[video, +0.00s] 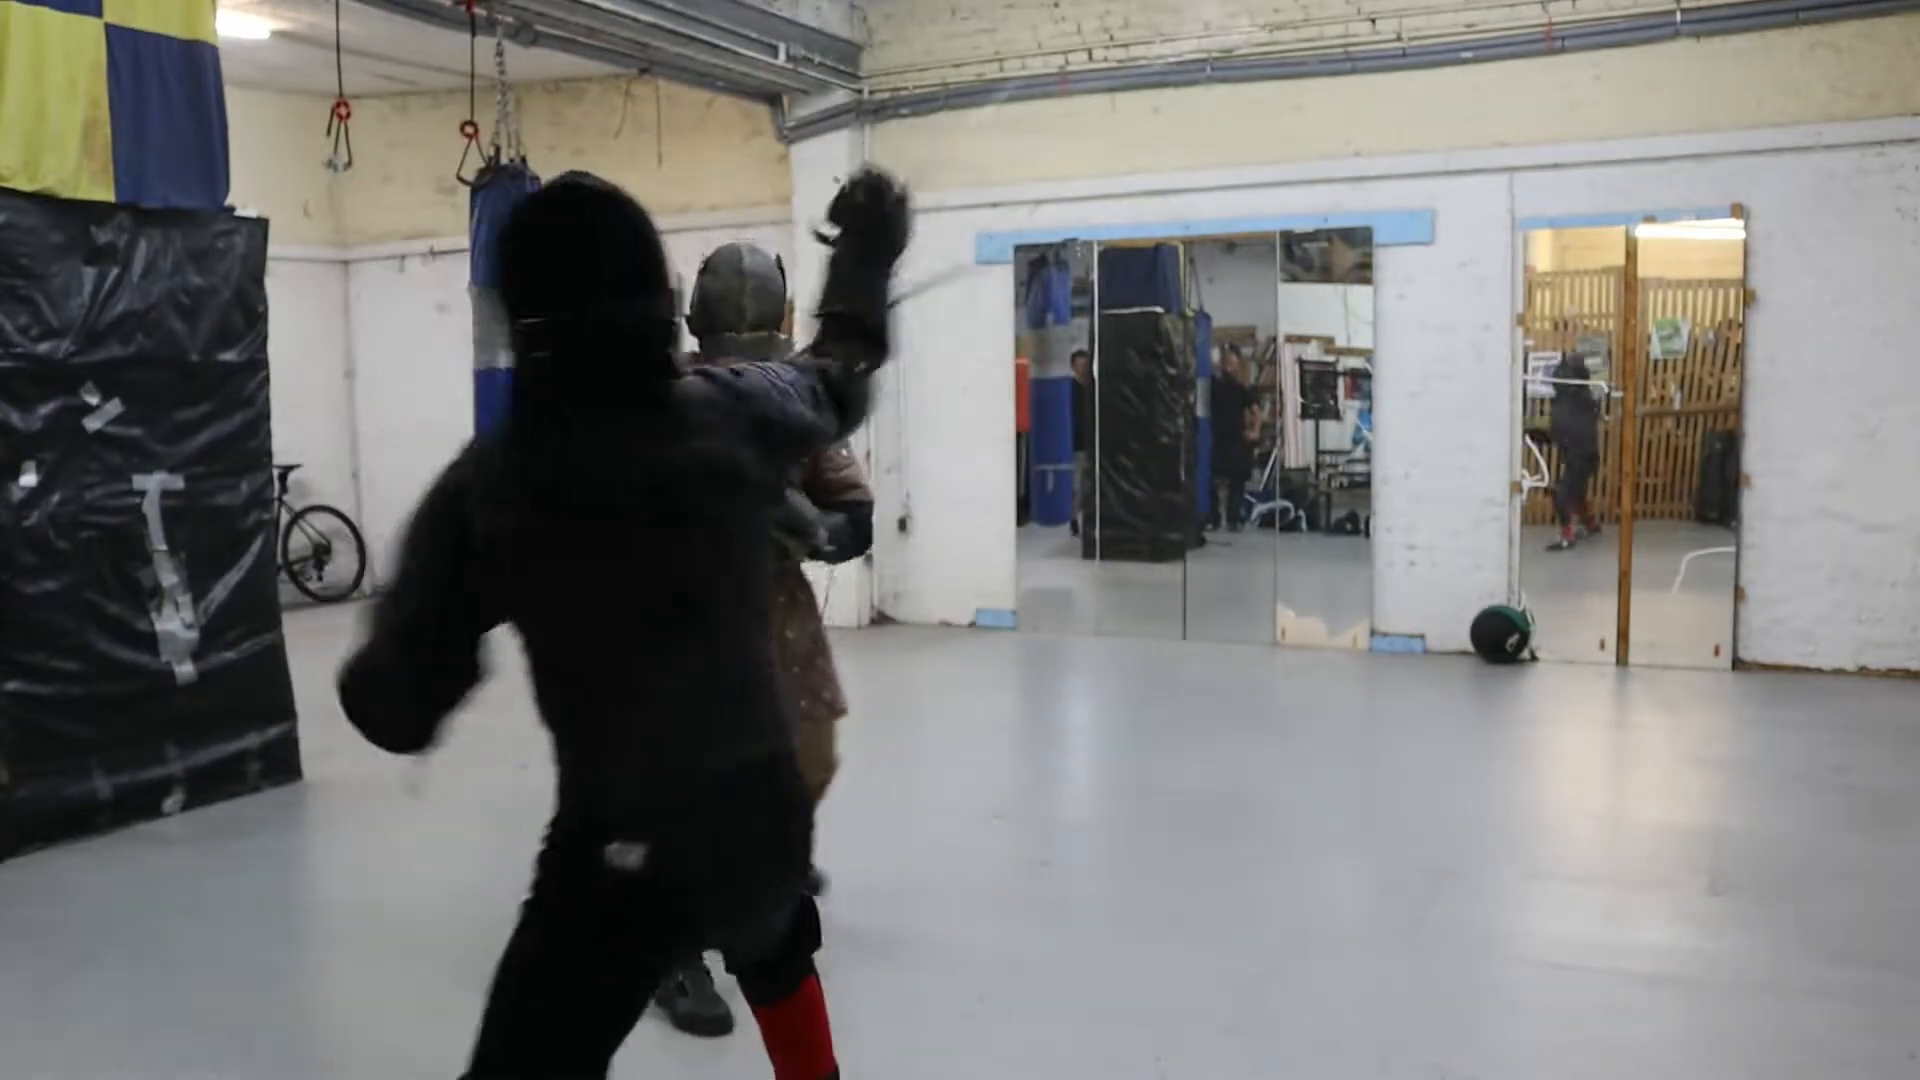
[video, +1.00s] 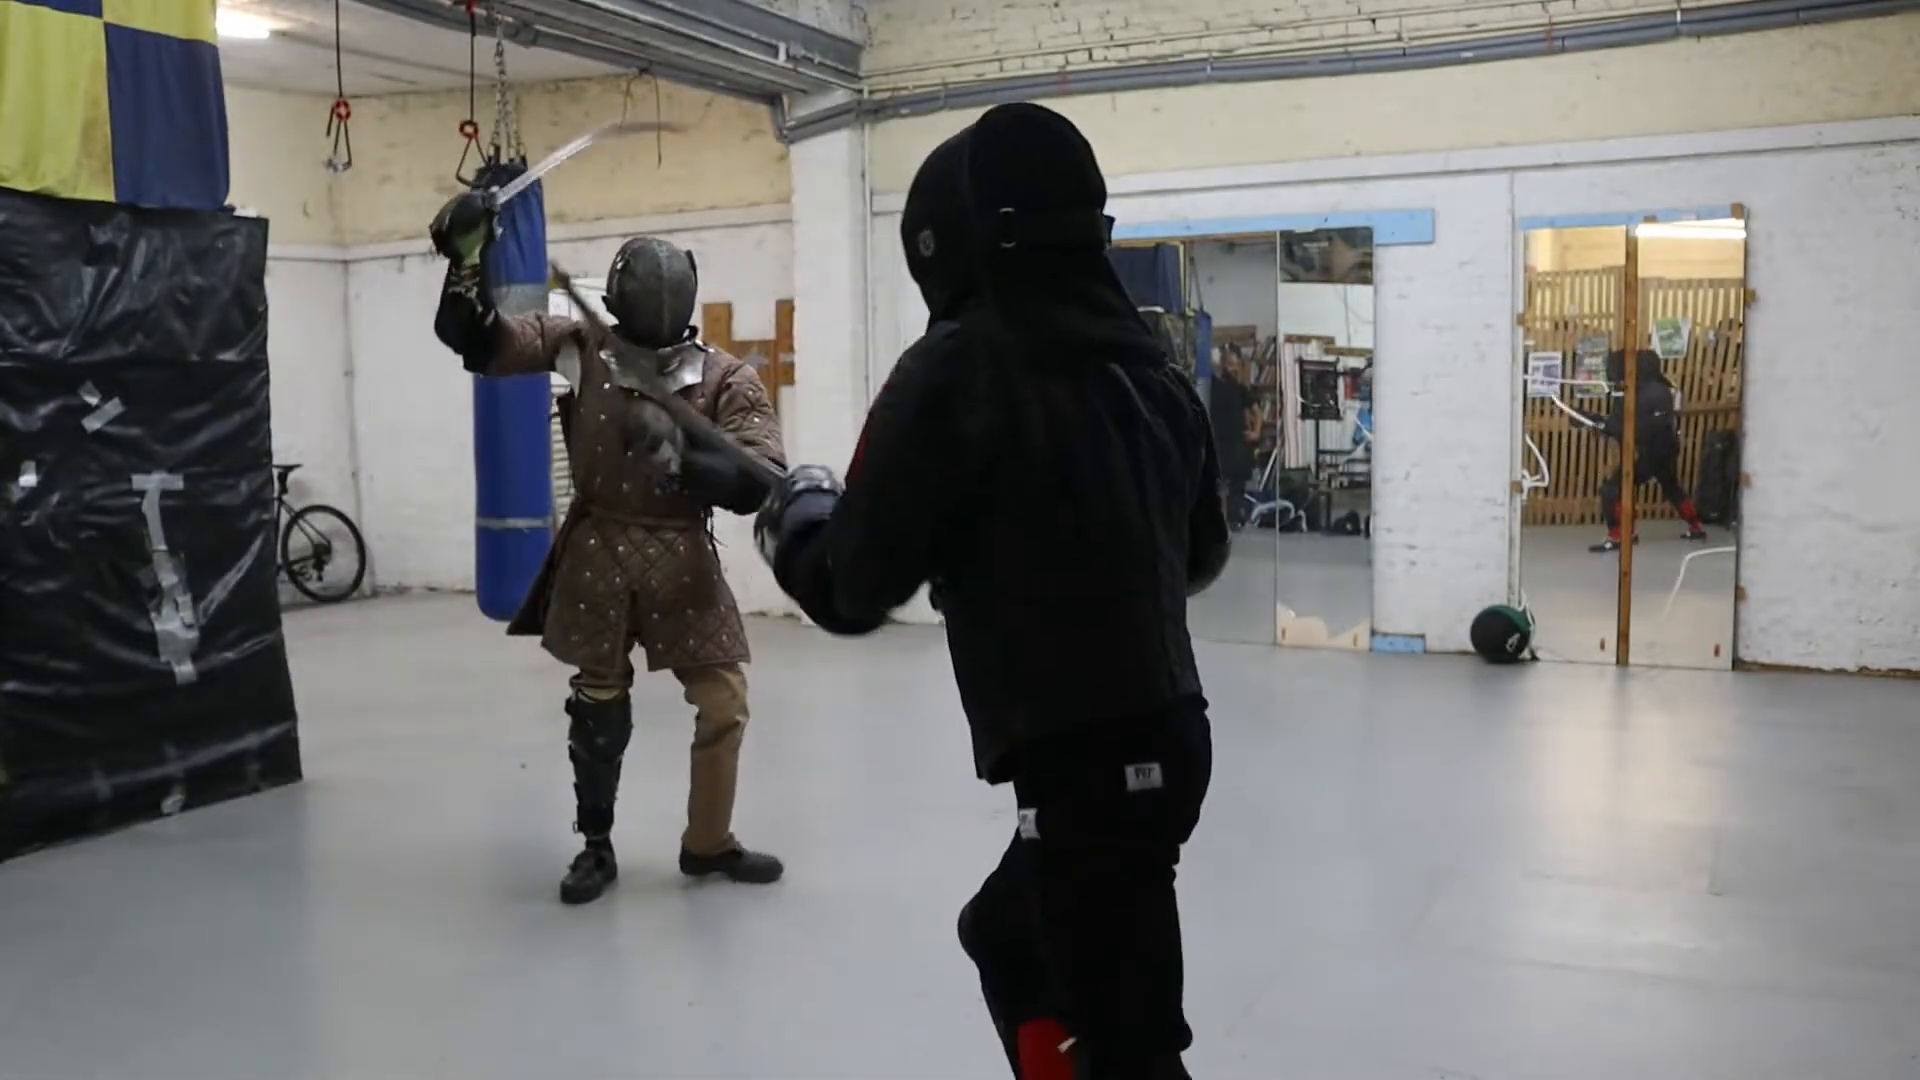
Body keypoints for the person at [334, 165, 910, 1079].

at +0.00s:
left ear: (520, 320)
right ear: (658, 299)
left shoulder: (491, 487)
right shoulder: (729, 420)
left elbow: (390, 709)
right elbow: (838, 377)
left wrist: (440, 595)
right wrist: (862, 259)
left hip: (617, 844)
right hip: (760, 806)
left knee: (521, 1067)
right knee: (780, 977)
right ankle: (811, 1069)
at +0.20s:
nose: (655, 286)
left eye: (671, 266)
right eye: (659, 266)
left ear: (707, 280)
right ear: (797, 286)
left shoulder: (697, 390)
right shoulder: (805, 404)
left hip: (757, 769)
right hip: (849, 752)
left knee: (664, 1037)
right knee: (770, 946)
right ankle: (827, 1066)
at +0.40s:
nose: (751, 287)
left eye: (762, 267)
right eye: (754, 267)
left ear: (797, 271)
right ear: (896, 270)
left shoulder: (810, 397)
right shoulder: (915, 404)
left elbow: (724, 559)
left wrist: (552, 554)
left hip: (884, 768)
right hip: (927, 758)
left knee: (867, 1031)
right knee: (785, 920)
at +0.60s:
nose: (819, 302)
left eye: (826, 276)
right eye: (820, 276)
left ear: (863, 277)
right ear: (979, 264)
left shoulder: (855, 418)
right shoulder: (1049, 404)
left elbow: (792, 625)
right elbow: (1125, 592)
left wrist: (728, 677)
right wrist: (1020, 647)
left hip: (982, 800)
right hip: (1092, 781)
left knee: (1046, 1045)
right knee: (912, 938)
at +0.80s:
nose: (881, 293)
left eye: (886, 267)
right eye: (878, 268)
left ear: (923, 262)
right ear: (1042, 244)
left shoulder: (927, 413)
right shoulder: (1129, 385)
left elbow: (885, 674)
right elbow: (1220, 551)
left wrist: (785, 643)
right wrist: (1111, 620)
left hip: (1063, 791)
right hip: (1165, 769)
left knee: (1083, 1053)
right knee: (989, 931)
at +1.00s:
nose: (922, 268)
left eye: (928, 242)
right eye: (921, 242)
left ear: (962, 239)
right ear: (1080, 229)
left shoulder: (951, 371)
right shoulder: (1147, 361)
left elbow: (849, 589)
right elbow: (1198, 550)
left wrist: (794, 503)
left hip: (1072, 756)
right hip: (1168, 738)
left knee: (1129, 1038)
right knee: (1000, 929)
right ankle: (1055, 1068)